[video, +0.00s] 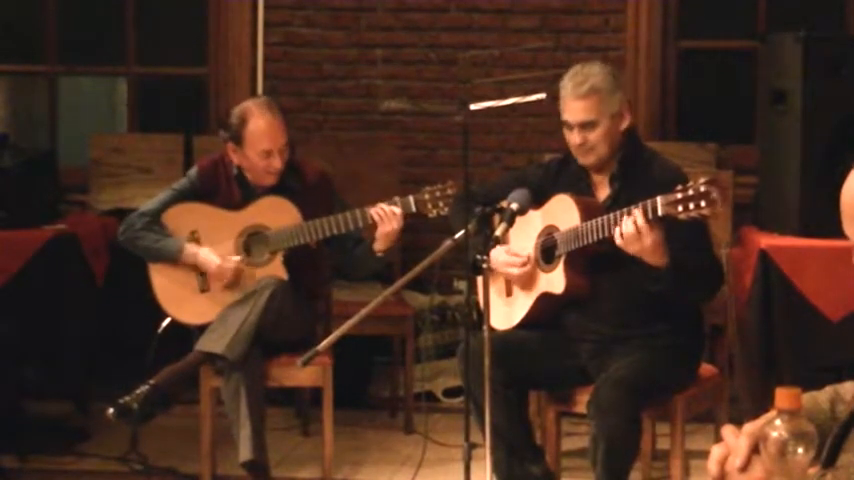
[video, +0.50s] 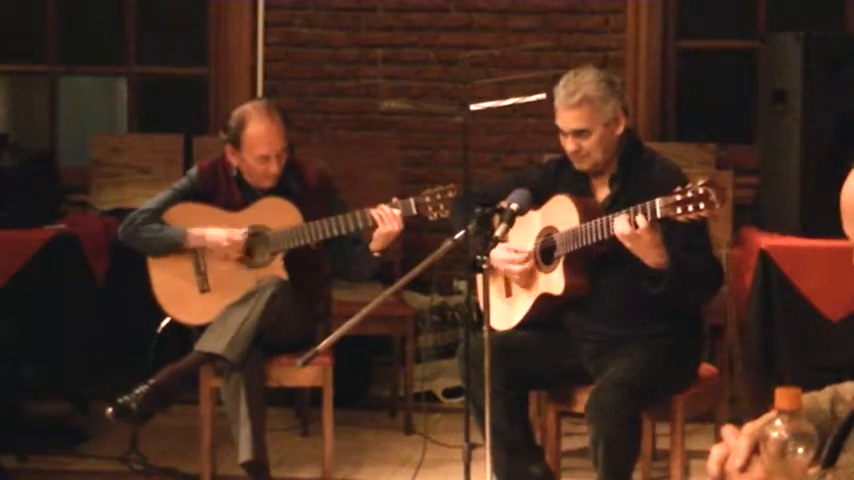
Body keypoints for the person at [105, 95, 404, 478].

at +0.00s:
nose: (277, 163)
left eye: (282, 151)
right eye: (265, 155)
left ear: (289, 142)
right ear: (234, 153)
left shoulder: (308, 182)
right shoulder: (211, 177)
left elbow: (344, 261)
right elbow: (133, 230)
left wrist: (379, 248)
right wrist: (199, 256)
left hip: (294, 315)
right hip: (228, 312)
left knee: (272, 290)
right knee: (243, 354)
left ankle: (168, 381)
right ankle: (255, 469)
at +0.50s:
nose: (275, 168)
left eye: (281, 156)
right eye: (262, 159)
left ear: (288, 145)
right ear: (233, 155)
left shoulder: (307, 183)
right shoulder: (210, 178)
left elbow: (344, 262)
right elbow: (132, 229)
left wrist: (377, 249)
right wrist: (203, 238)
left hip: (296, 314)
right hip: (228, 309)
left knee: (271, 290)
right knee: (244, 351)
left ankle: (168, 381)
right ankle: (255, 467)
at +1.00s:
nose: (276, 168)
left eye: (282, 156)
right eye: (264, 159)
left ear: (289, 145)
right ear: (234, 155)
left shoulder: (308, 184)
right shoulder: (210, 178)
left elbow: (344, 262)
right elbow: (133, 229)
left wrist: (375, 250)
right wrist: (197, 255)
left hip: (296, 315)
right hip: (229, 311)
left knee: (272, 291)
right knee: (244, 350)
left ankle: (167, 381)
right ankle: (255, 468)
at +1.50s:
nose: (277, 166)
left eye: (282, 153)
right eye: (265, 157)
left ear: (289, 142)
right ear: (234, 155)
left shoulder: (309, 183)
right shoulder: (210, 178)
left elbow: (348, 258)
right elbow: (131, 230)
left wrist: (389, 247)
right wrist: (195, 246)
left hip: (296, 315)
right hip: (228, 309)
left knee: (271, 288)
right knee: (244, 352)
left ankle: (168, 380)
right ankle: (255, 468)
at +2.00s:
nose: (280, 169)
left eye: (284, 157)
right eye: (269, 162)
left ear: (290, 145)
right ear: (238, 157)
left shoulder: (313, 183)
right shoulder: (213, 176)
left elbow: (343, 269)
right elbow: (134, 227)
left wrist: (347, 252)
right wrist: (195, 262)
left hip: (297, 315)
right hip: (228, 312)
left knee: (271, 289)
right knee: (245, 357)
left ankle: (165, 380)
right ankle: (255, 468)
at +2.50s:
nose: (281, 156)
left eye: (285, 144)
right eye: (269, 147)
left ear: (292, 138)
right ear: (238, 146)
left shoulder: (313, 181)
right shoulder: (212, 176)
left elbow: (339, 266)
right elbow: (135, 228)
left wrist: (348, 257)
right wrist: (203, 247)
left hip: (297, 314)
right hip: (228, 309)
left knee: (269, 288)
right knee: (244, 354)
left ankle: (169, 383)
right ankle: (253, 467)